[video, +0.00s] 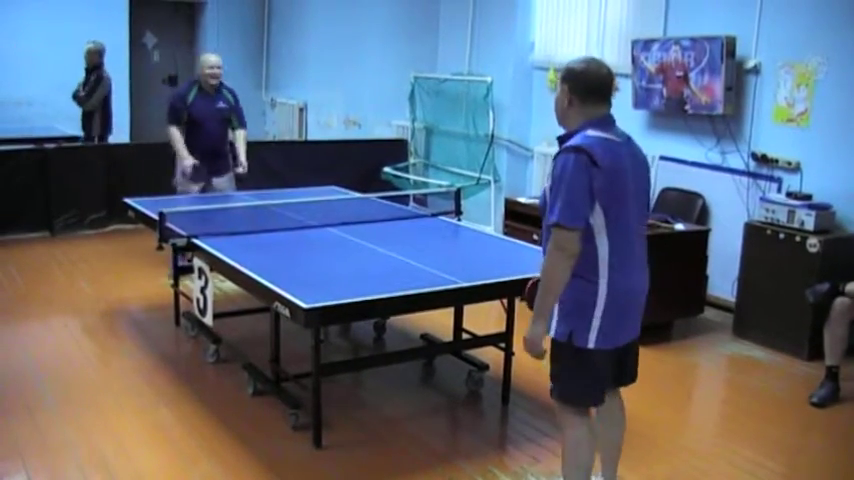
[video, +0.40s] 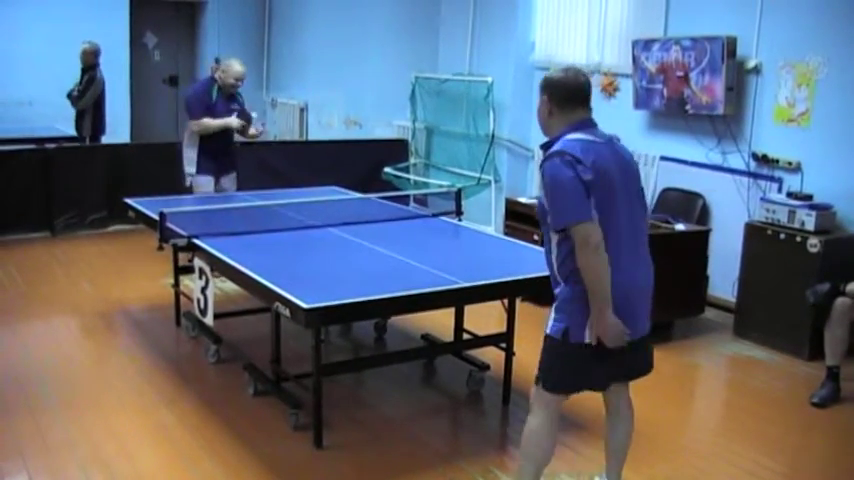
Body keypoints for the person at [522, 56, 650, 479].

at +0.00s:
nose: (555, 101)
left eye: (557, 92)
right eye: (556, 92)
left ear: (566, 96)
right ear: (606, 97)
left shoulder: (577, 155)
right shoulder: (629, 149)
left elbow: (564, 247)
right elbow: (628, 231)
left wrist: (539, 321)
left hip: (586, 311)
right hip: (625, 306)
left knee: (572, 408)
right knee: (608, 396)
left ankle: (576, 475)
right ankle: (608, 475)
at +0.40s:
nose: (538, 111)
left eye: (540, 104)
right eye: (541, 103)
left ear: (548, 106)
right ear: (585, 105)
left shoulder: (561, 162)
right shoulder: (616, 150)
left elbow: (590, 241)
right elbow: (636, 226)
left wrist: (601, 313)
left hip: (583, 308)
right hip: (631, 304)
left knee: (545, 402)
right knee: (618, 395)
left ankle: (525, 475)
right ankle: (613, 476)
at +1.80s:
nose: (605, 137)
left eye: (606, 128)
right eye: (605, 128)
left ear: (617, 126)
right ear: (649, 126)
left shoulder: (642, 173)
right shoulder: (665, 166)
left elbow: (628, 245)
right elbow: (642, 244)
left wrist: (577, 305)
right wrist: (595, 266)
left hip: (661, 310)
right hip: (684, 303)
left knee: (610, 407)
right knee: (662, 382)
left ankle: (603, 473)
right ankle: (677, 462)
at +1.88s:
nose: (605, 130)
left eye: (606, 121)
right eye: (606, 121)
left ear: (617, 119)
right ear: (650, 120)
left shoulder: (633, 167)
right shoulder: (670, 162)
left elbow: (614, 240)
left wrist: (565, 297)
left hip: (652, 310)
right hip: (685, 304)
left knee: (606, 403)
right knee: (665, 382)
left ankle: (600, 473)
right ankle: (677, 462)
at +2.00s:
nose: (604, 127)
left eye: (605, 119)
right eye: (606, 119)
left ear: (614, 119)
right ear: (650, 121)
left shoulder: (623, 166)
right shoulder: (670, 164)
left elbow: (591, 240)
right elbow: (668, 239)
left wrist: (548, 293)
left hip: (647, 311)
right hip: (686, 306)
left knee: (598, 404)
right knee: (668, 384)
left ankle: (595, 474)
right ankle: (678, 463)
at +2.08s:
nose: (602, 130)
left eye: (604, 123)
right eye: (605, 122)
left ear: (613, 123)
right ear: (648, 125)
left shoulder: (621, 168)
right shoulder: (669, 166)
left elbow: (582, 243)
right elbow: (672, 239)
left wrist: (538, 301)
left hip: (648, 311)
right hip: (687, 306)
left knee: (594, 403)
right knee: (670, 385)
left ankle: (593, 474)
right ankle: (678, 464)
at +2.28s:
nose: (603, 129)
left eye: (604, 121)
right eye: (605, 121)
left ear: (613, 120)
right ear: (649, 121)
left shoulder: (623, 164)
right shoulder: (671, 163)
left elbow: (602, 242)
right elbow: (675, 234)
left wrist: (562, 307)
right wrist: (625, 275)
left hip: (651, 308)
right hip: (688, 302)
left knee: (603, 404)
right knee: (671, 385)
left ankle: (596, 474)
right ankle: (677, 464)